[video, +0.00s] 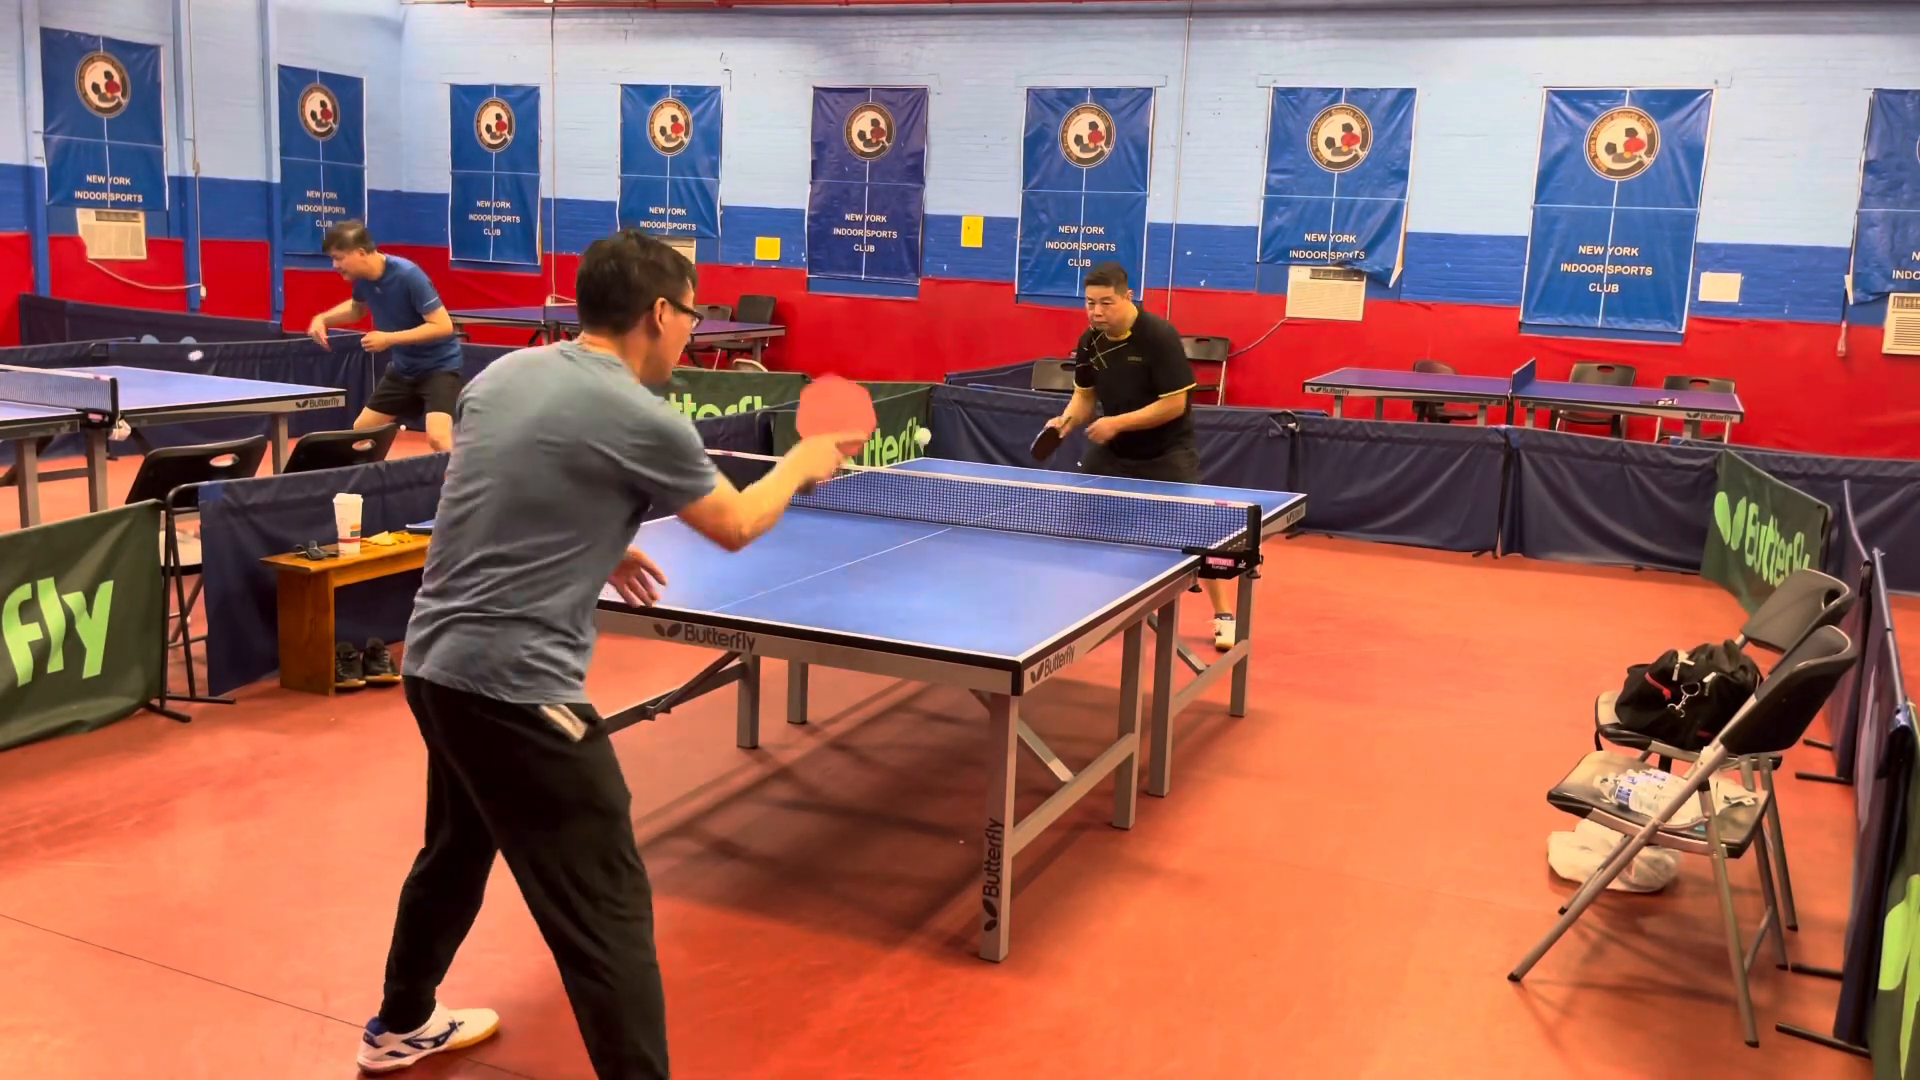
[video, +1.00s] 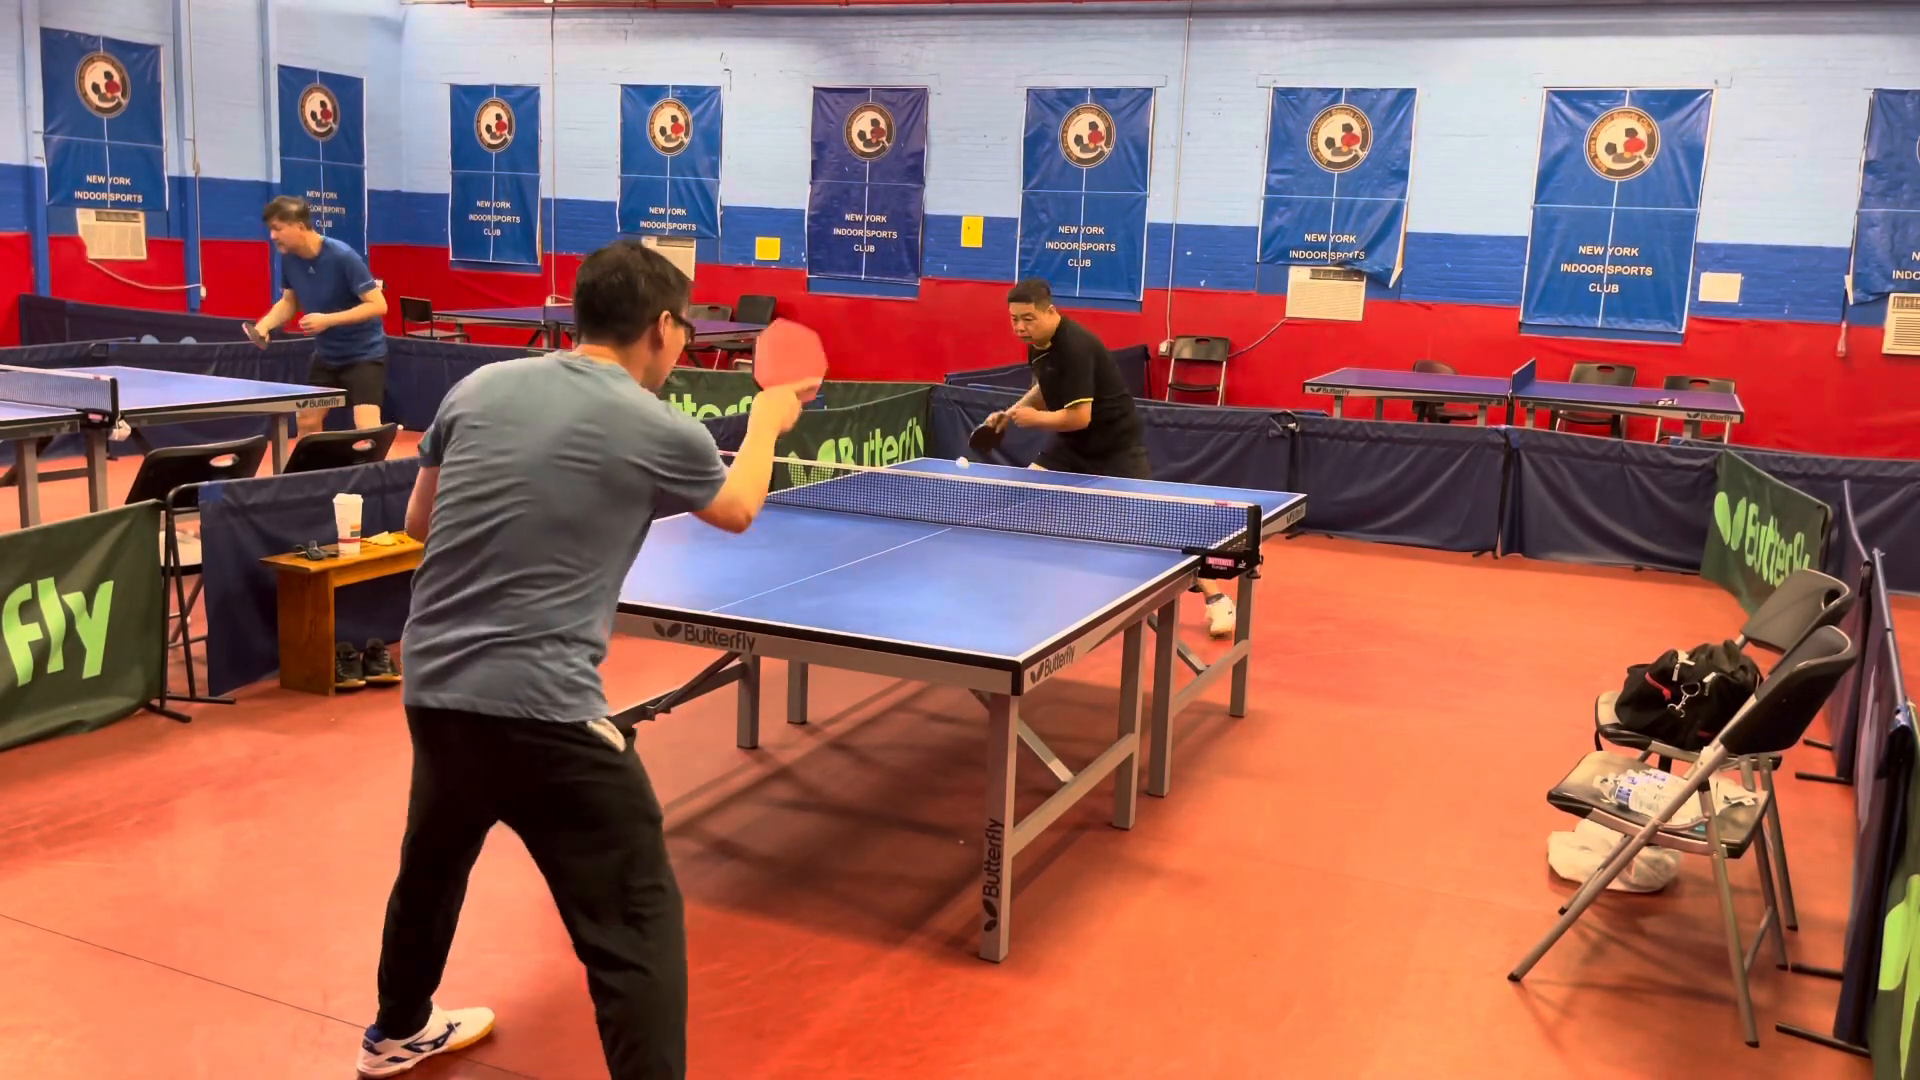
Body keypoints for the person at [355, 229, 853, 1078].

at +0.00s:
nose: (692, 330)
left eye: (692, 313)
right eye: (688, 312)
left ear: (589, 309)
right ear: (655, 314)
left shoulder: (501, 374)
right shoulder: (641, 418)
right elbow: (734, 524)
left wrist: (596, 547)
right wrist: (799, 463)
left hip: (434, 669)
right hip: (522, 690)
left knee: (455, 853)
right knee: (605, 911)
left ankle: (400, 1023)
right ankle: (639, 1069)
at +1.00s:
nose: (682, 343)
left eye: (683, 325)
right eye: (681, 326)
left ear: (583, 318)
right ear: (656, 329)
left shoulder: (476, 387)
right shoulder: (654, 427)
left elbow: (422, 517)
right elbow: (735, 507)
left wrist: (523, 515)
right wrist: (767, 420)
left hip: (438, 697)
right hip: (548, 710)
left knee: (429, 870)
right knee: (635, 916)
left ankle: (399, 1027)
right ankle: (650, 1070)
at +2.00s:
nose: (703, 362)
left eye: (703, 347)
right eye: (701, 347)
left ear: (602, 348)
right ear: (681, 354)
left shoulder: (504, 420)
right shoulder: (693, 460)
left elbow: (437, 555)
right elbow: (761, 545)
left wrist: (501, 604)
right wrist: (785, 449)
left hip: (466, 736)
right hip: (587, 748)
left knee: (466, 856)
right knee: (696, 935)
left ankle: (424, 1034)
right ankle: (677, 1074)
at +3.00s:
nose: (578, 360)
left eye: (576, 344)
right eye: (576, 344)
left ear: (472, 343)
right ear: (554, 349)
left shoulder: (374, 416)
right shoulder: (560, 458)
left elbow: (305, 554)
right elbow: (633, 574)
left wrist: (410, 548)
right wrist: (660, 490)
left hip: (339, 733)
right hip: (454, 750)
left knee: (375, 868)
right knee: (564, 952)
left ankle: (317, 1058)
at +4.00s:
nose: (576, 396)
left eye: (577, 377)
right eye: (575, 377)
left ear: (469, 371)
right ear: (551, 382)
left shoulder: (352, 441)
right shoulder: (536, 498)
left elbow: (271, 574)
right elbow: (603, 644)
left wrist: (389, 571)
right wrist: (664, 567)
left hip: (267, 754)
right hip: (380, 777)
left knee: (329, 891)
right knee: (532, 979)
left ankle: (264, 1065)